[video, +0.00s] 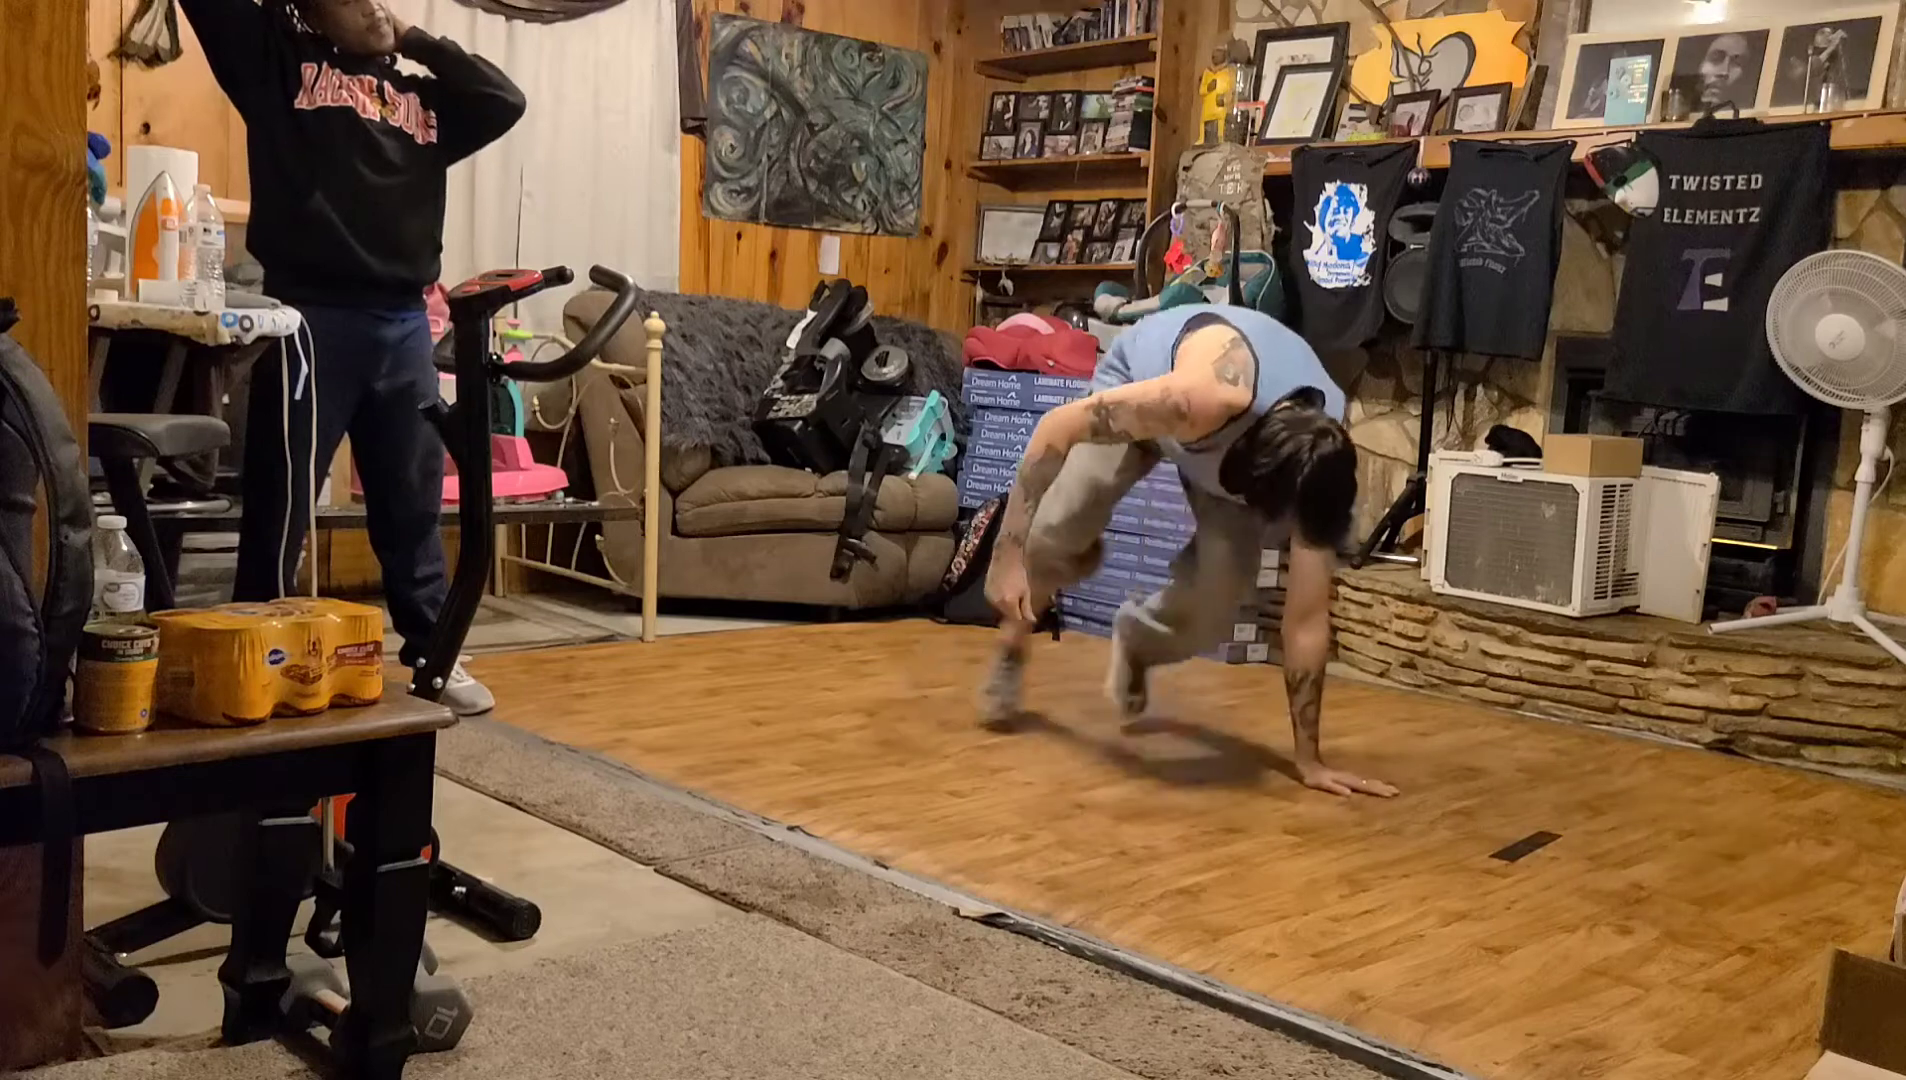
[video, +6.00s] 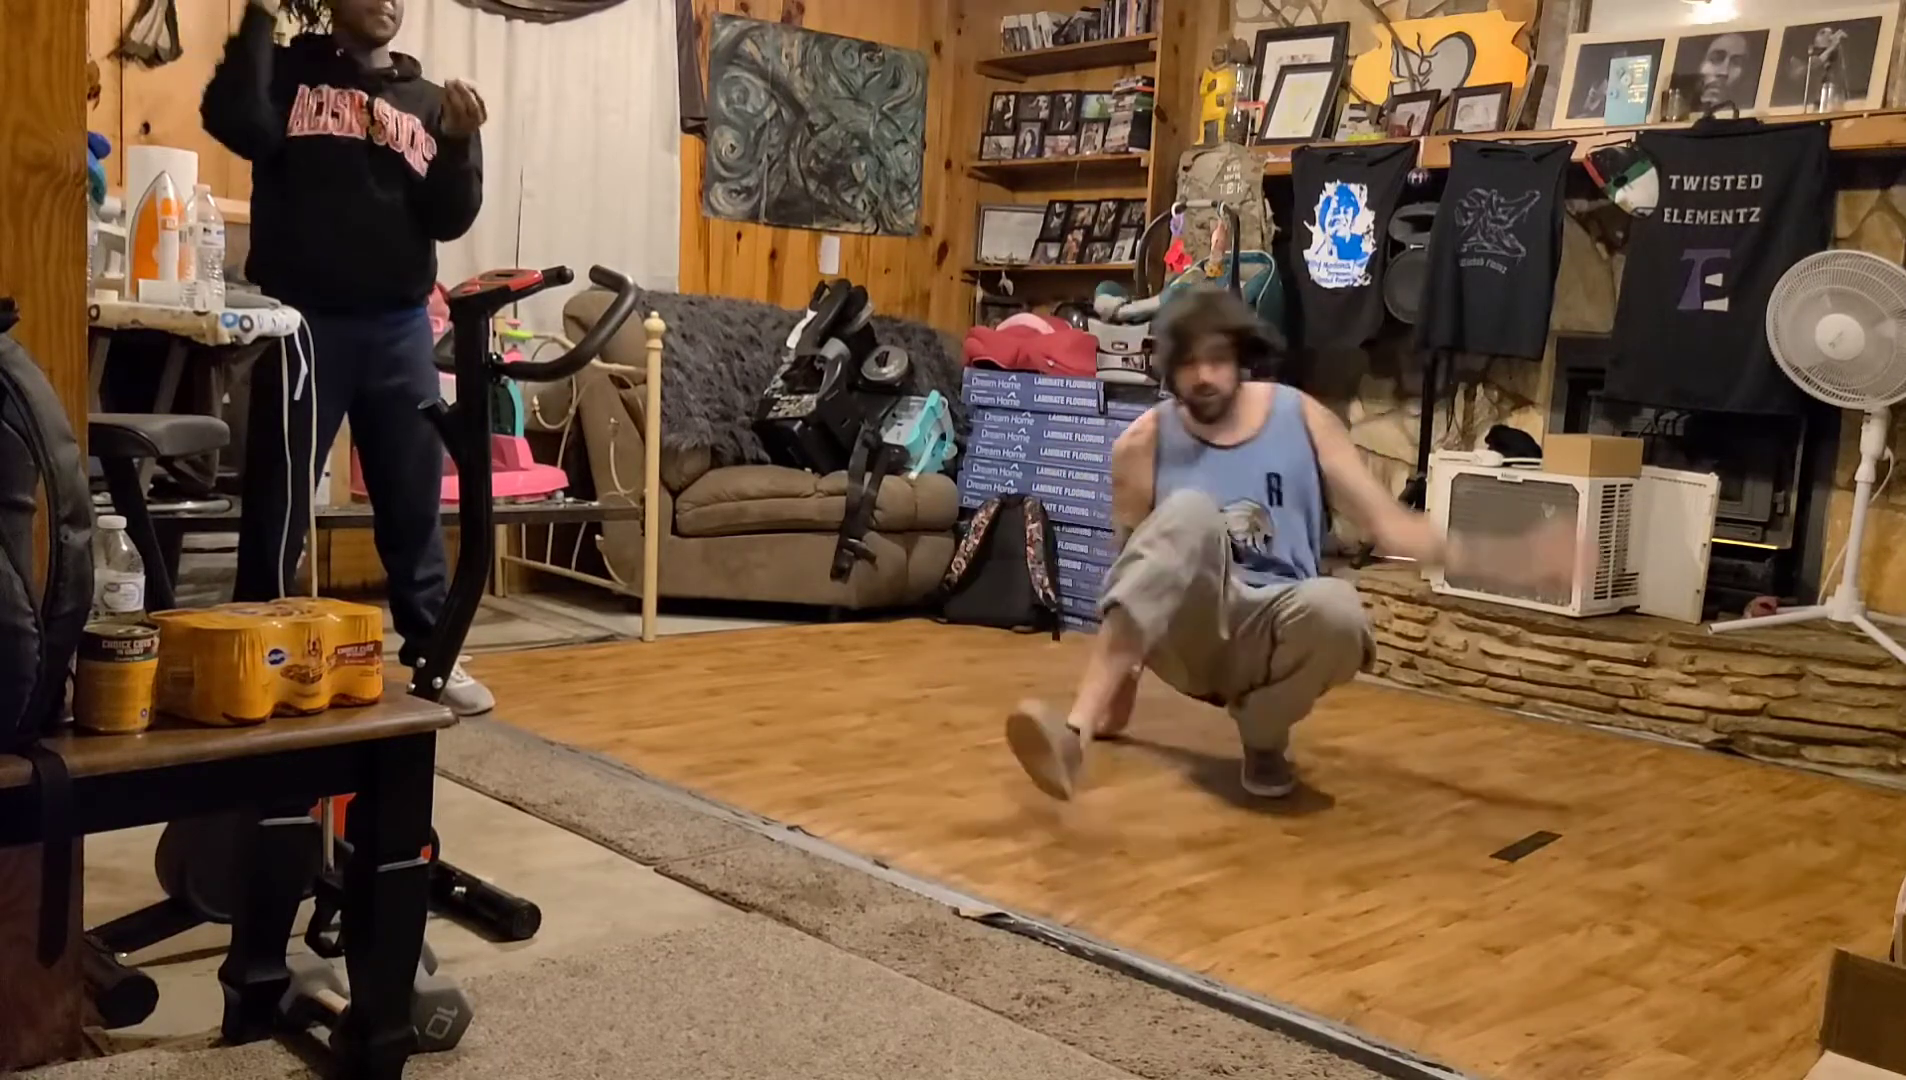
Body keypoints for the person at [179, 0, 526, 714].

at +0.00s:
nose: (381, 8)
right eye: (359, 1)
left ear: (383, 12)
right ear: (313, 14)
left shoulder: (420, 100)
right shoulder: (275, 59)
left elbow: (504, 102)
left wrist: (419, 42)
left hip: (402, 325)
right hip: (309, 321)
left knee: (413, 504)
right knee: (281, 505)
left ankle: (432, 657)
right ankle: (254, 664)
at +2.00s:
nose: (378, 11)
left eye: (378, 0)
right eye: (354, 3)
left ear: (387, 12)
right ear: (315, 15)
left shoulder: (425, 85)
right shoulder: (277, 58)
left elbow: (500, 30)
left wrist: (414, 15)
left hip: (406, 324)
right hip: (311, 322)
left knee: (417, 504)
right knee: (284, 506)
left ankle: (431, 658)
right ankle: (256, 665)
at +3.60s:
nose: (366, 3)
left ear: (382, 8)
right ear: (306, 8)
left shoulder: (415, 85)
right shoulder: (271, 57)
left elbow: (491, 144)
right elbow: (197, 1)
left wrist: (414, 56)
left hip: (404, 323)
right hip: (307, 318)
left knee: (416, 503)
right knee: (280, 503)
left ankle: (431, 658)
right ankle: (256, 662)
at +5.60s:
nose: (376, 5)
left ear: (386, 8)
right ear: (310, 7)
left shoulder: (420, 86)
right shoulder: (270, 54)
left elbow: (474, 179)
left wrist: (434, 76)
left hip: (403, 324)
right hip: (305, 319)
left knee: (415, 500)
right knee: (280, 502)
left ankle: (432, 657)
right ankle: (257, 661)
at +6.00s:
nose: (386, 3)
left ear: (401, 11)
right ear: (331, 2)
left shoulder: (429, 99)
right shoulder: (287, 63)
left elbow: (448, 220)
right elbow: (234, 121)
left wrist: (463, 141)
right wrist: (257, 22)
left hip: (398, 325)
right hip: (298, 322)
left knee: (413, 499)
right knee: (278, 499)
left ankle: (432, 658)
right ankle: (252, 660)